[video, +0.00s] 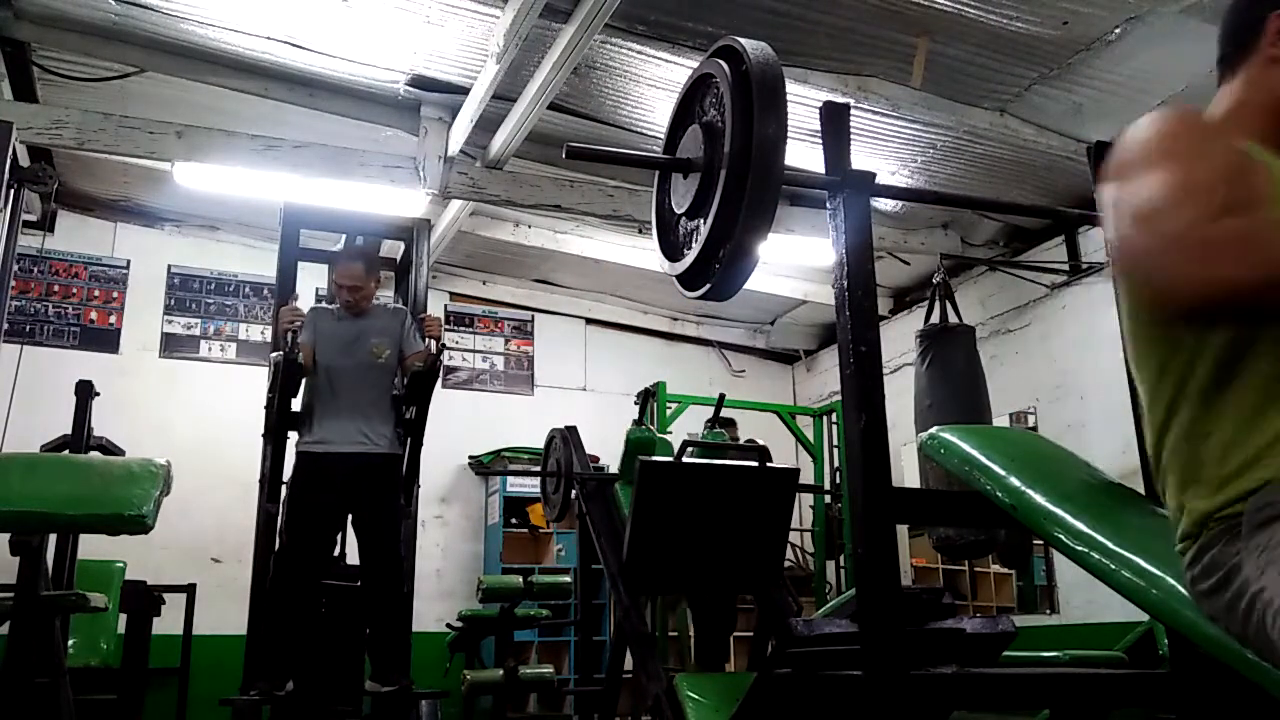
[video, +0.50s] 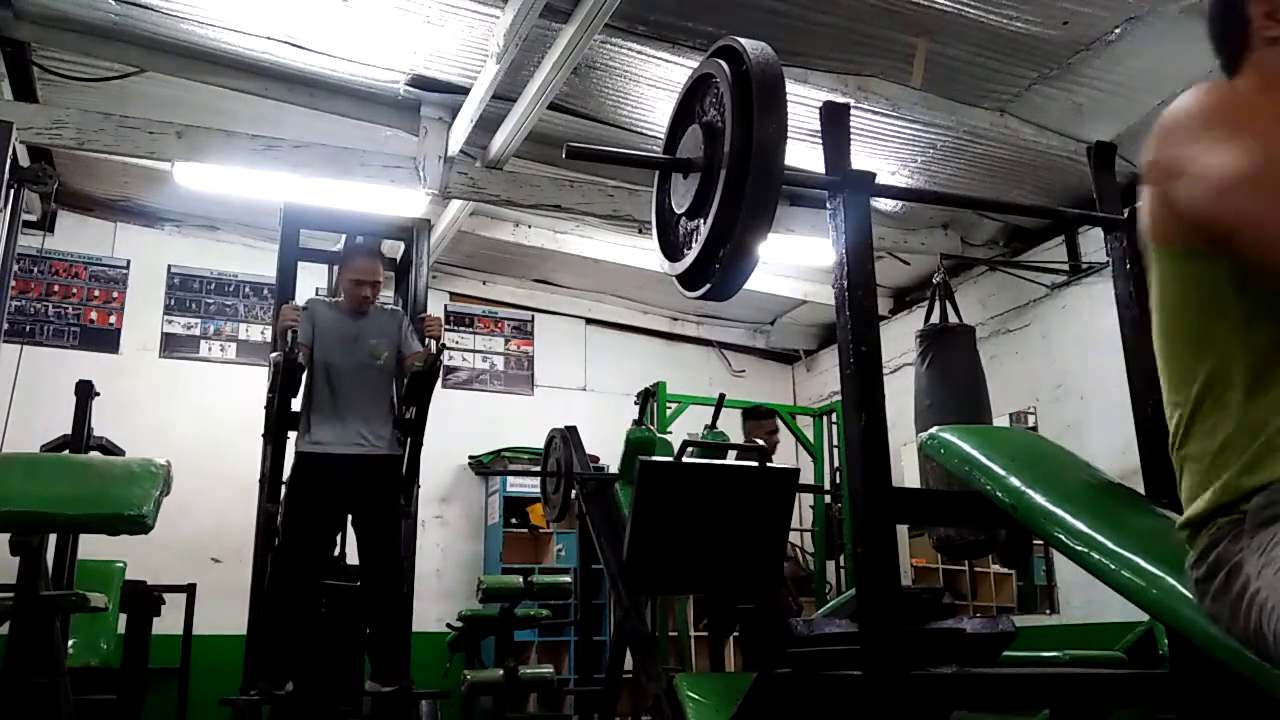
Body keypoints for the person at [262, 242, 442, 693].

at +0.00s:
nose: (346, 297)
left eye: (355, 290)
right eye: (340, 288)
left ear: (376, 283)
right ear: (331, 280)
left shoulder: (397, 319)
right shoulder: (316, 320)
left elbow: (416, 380)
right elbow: (298, 374)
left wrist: (429, 349)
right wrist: (284, 341)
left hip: (377, 458)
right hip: (318, 456)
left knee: (384, 572)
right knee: (297, 567)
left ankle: (387, 673)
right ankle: (279, 673)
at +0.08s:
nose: (349, 298)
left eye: (358, 290)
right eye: (342, 288)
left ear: (377, 283)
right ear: (332, 280)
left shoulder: (396, 319)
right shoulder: (315, 319)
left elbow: (416, 381)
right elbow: (296, 374)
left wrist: (430, 351)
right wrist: (284, 342)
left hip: (377, 458)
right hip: (318, 457)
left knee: (384, 571)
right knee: (299, 566)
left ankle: (387, 673)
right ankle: (281, 673)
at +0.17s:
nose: (354, 294)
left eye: (362, 286)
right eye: (346, 285)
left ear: (378, 281)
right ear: (334, 280)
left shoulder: (396, 318)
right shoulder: (314, 317)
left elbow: (417, 380)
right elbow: (293, 375)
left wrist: (429, 351)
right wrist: (283, 341)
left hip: (377, 457)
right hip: (318, 456)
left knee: (384, 571)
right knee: (299, 565)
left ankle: (387, 673)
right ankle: (280, 673)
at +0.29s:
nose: (361, 293)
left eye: (369, 284)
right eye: (353, 284)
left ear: (381, 283)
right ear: (338, 281)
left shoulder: (395, 319)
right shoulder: (315, 317)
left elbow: (417, 378)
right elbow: (290, 376)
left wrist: (432, 348)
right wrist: (283, 340)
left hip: (377, 459)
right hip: (318, 457)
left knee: (384, 572)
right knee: (299, 568)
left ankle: (386, 673)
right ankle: (282, 672)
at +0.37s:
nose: (364, 292)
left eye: (372, 284)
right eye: (356, 283)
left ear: (382, 284)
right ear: (339, 280)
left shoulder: (395, 320)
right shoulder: (315, 315)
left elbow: (416, 380)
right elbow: (292, 373)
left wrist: (430, 347)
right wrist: (283, 337)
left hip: (378, 458)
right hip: (319, 456)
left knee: (384, 572)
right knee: (300, 566)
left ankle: (387, 672)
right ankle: (282, 672)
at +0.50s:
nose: (368, 292)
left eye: (375, 284)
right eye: (359, 283)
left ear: (383, 283)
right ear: (340, 279)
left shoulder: (394, 320)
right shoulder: (313, 315)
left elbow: (416, 380)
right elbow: (291, 374)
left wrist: (430, 348)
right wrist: (283, 338)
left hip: (378, 459)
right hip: (318, 457)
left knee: (384, 572)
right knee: (297, 566)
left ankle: (387, 673)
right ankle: (280, 672)